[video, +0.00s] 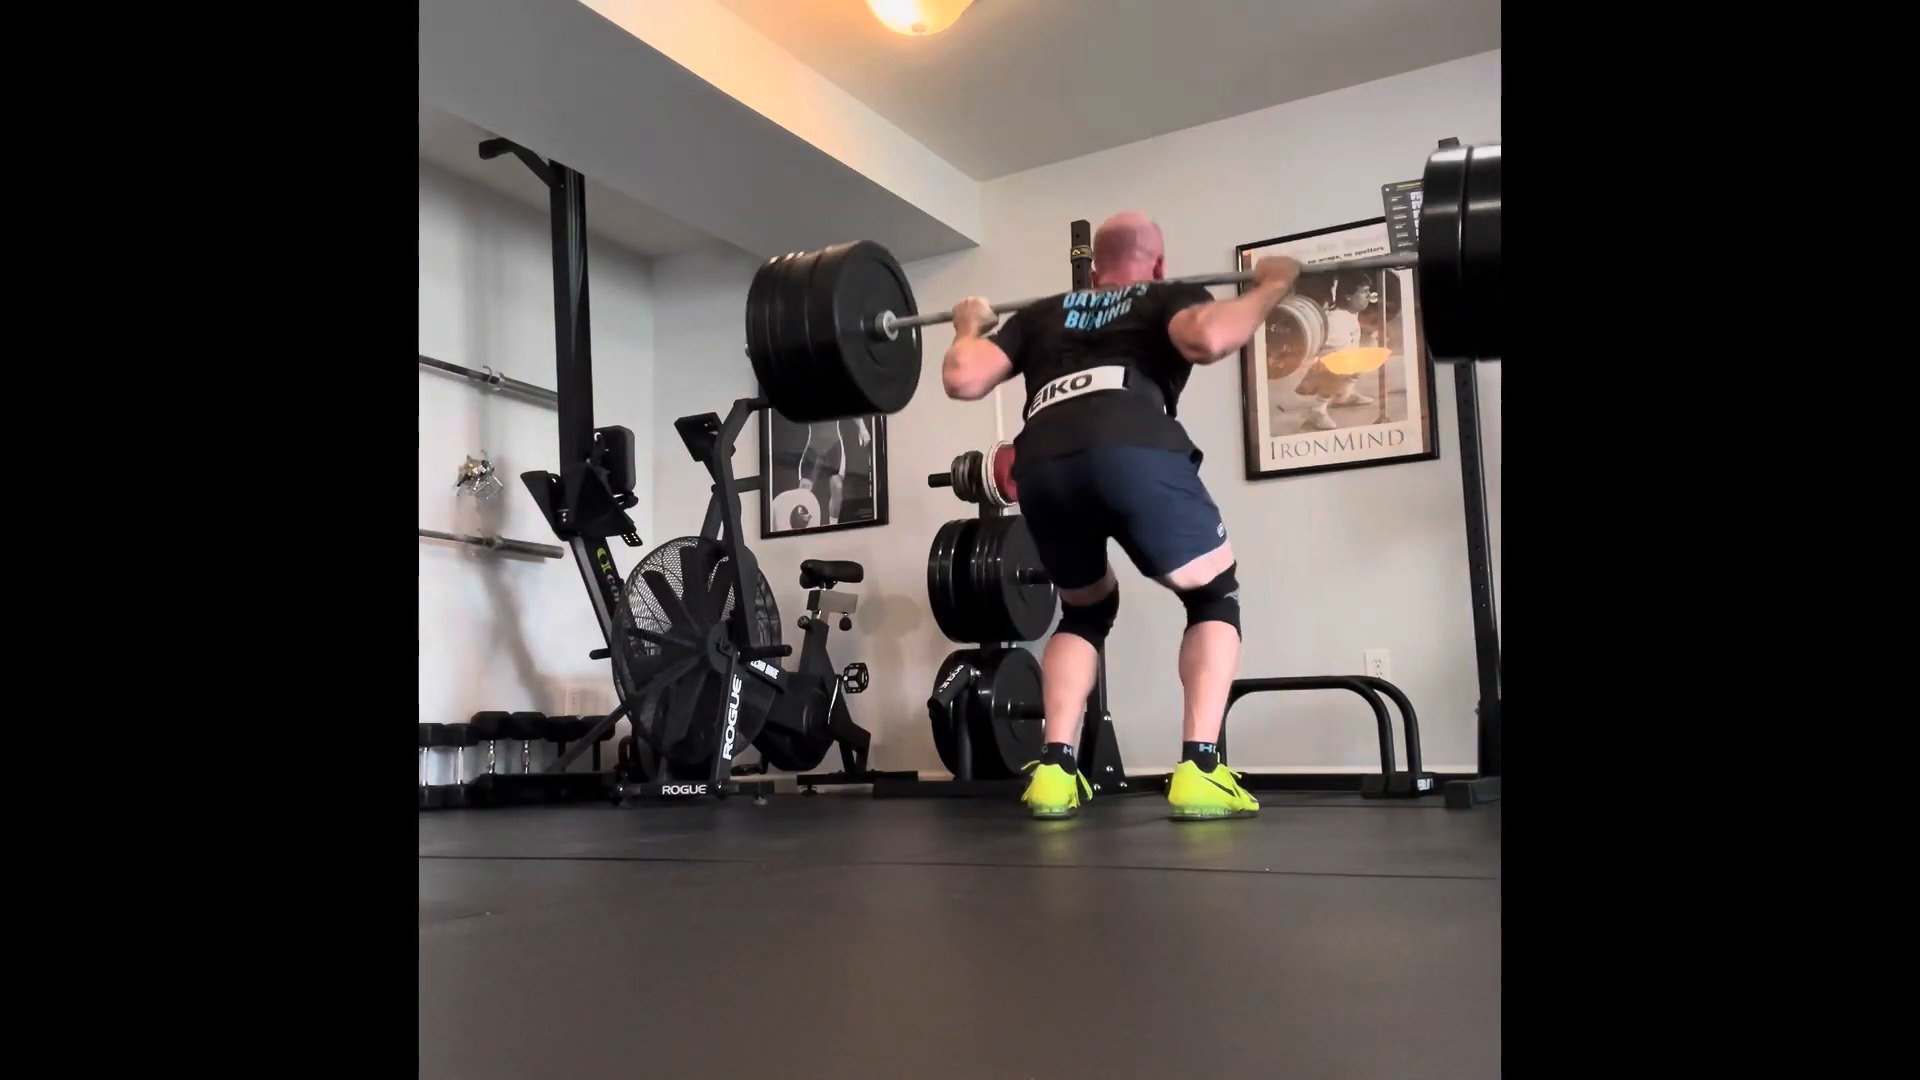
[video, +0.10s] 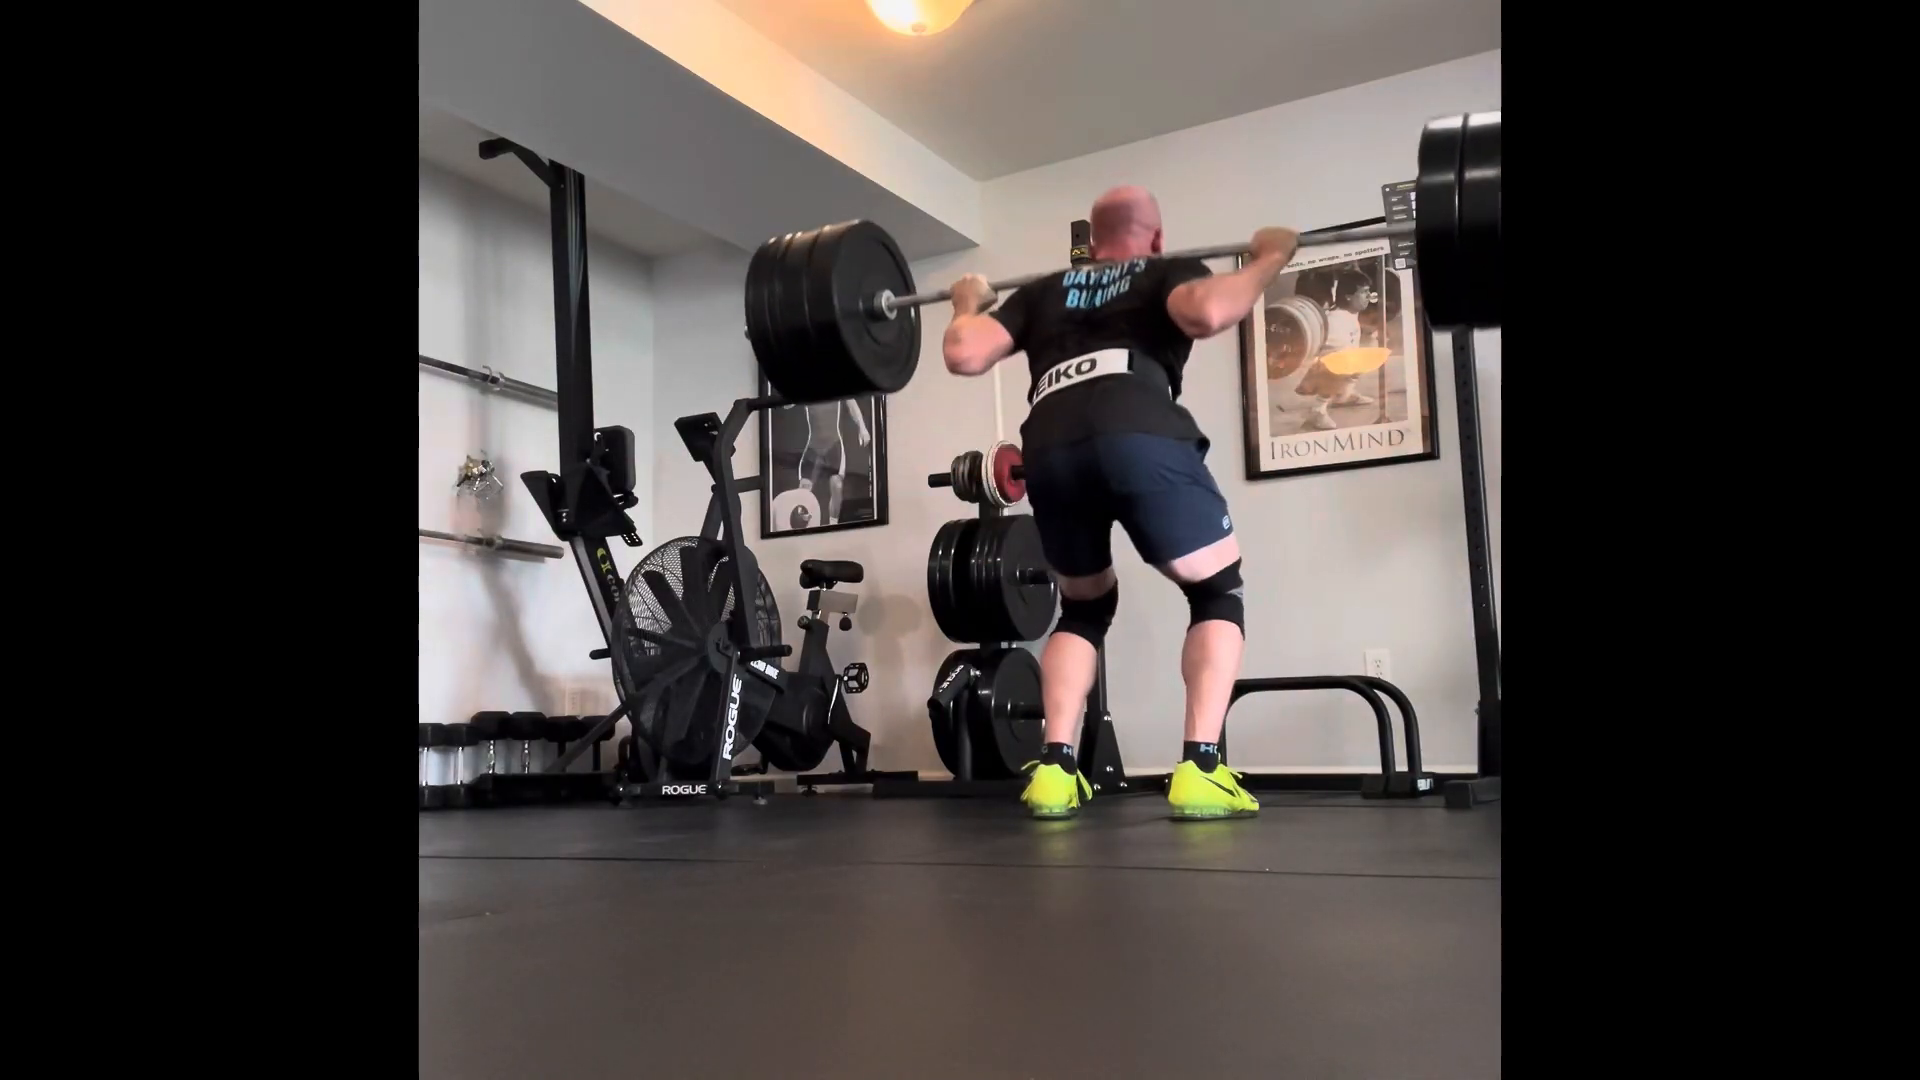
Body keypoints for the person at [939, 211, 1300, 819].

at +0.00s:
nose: (1158, 267)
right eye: (1158, 260)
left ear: (1092, 265)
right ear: (1157, 264)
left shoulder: (1041, 313)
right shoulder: (1168, 294)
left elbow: (960, 380)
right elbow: (1209, 338)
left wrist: (967, 328)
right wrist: (1270, 288)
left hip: (1041, 464)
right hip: (1134, 447)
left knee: (1085, 607)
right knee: (1212, 596)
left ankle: (1056, 765)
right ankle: (1201, 766)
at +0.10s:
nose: (1156, 240)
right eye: (1156, 233)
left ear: (1089, 238)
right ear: (1156, 237)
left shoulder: (1042, 291)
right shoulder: (1167, 269)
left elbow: (962, 355)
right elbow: (1207, 312)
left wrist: (966, 304)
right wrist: (1267, 259)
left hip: (1050, 447)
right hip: (1142, 430)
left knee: (1083, 605)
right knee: (1215, 594)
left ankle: (1056, 765)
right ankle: (1201, 765)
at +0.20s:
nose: (1156, 208)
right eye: (1155, 200)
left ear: (1086, 209)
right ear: (1154, 205)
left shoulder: (1042, 264)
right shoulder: (1167, 240)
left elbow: (966, 327)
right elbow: (1208, 284)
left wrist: (965, 276)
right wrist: (1263, 230)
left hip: (1058, 431)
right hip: (1150, 416)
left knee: (1080, 600)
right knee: (1214, 590)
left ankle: (1055, 764)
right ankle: (1201, 764)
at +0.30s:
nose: (1151, 172)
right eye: (1152, 164)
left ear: (1083, 176)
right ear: (1151, 169)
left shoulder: (1043, 231)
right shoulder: (1166, 204)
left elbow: (967, 294)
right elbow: (1206, 248)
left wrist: (965, 243)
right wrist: (1264, 184)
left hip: (1063, 405)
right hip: (1151, 394)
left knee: (1074, 588)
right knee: (1196, 581)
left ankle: (1053, 764)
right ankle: (1200, 765)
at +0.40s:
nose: (1148, 151)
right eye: (1149, 142)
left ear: (1081, 154)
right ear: (1150, 146)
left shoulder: (1043, 210)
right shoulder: (1170, 180)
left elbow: (970, 283)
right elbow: (1214, 236)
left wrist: (965, 225)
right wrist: (1265, 161)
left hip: (1069, 387)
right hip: (1156, 381)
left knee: (1064, 576)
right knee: (1172, 573)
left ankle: (1051, 763)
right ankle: (1196, 763)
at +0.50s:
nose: (1137, 145)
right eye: (1145, 137)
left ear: (1082, 150)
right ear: (1149, 142)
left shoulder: (1042, 205)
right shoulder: (1163, 173)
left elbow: (967, 273)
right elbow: (1215, 220)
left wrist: (965, 219)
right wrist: (1265, 151)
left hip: (1070, 392)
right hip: (1157, 385)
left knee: (1059, 576)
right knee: (1173, 575)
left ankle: (1050, 764)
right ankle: (1196, 764)